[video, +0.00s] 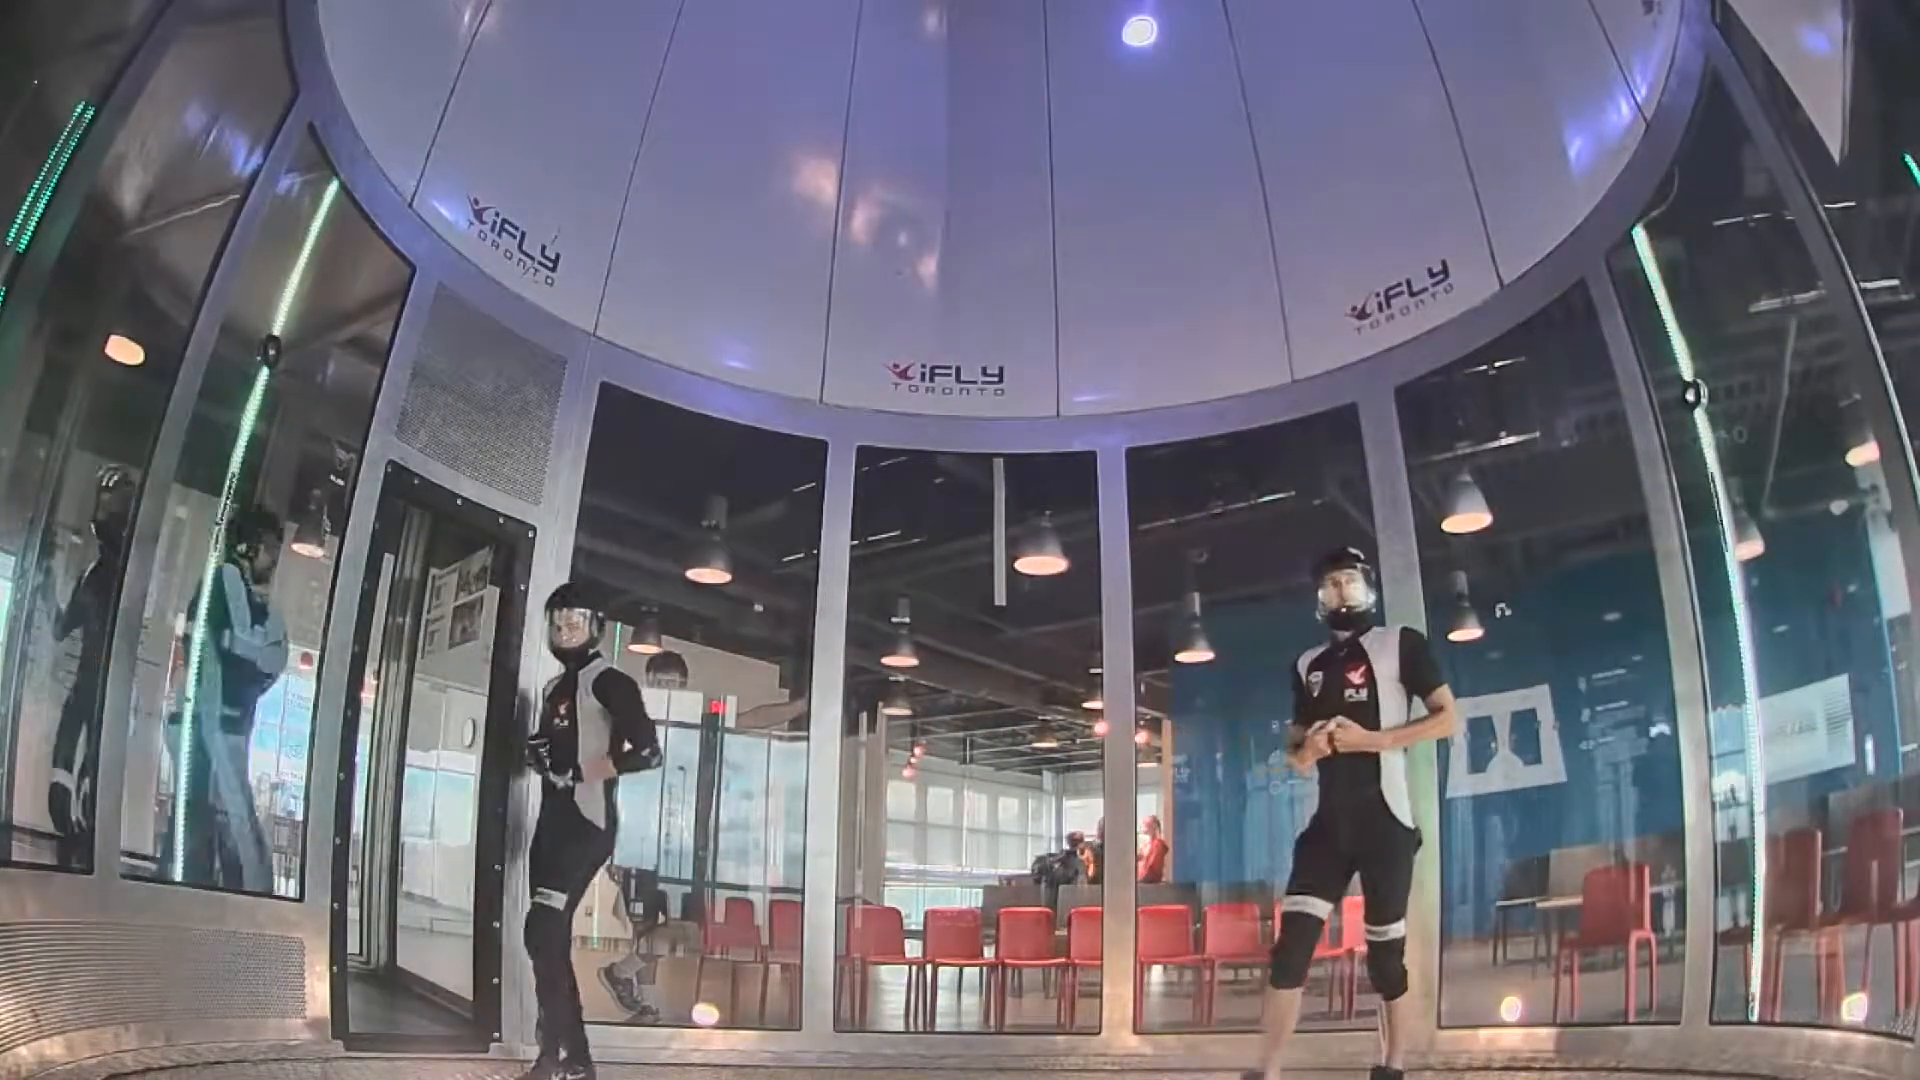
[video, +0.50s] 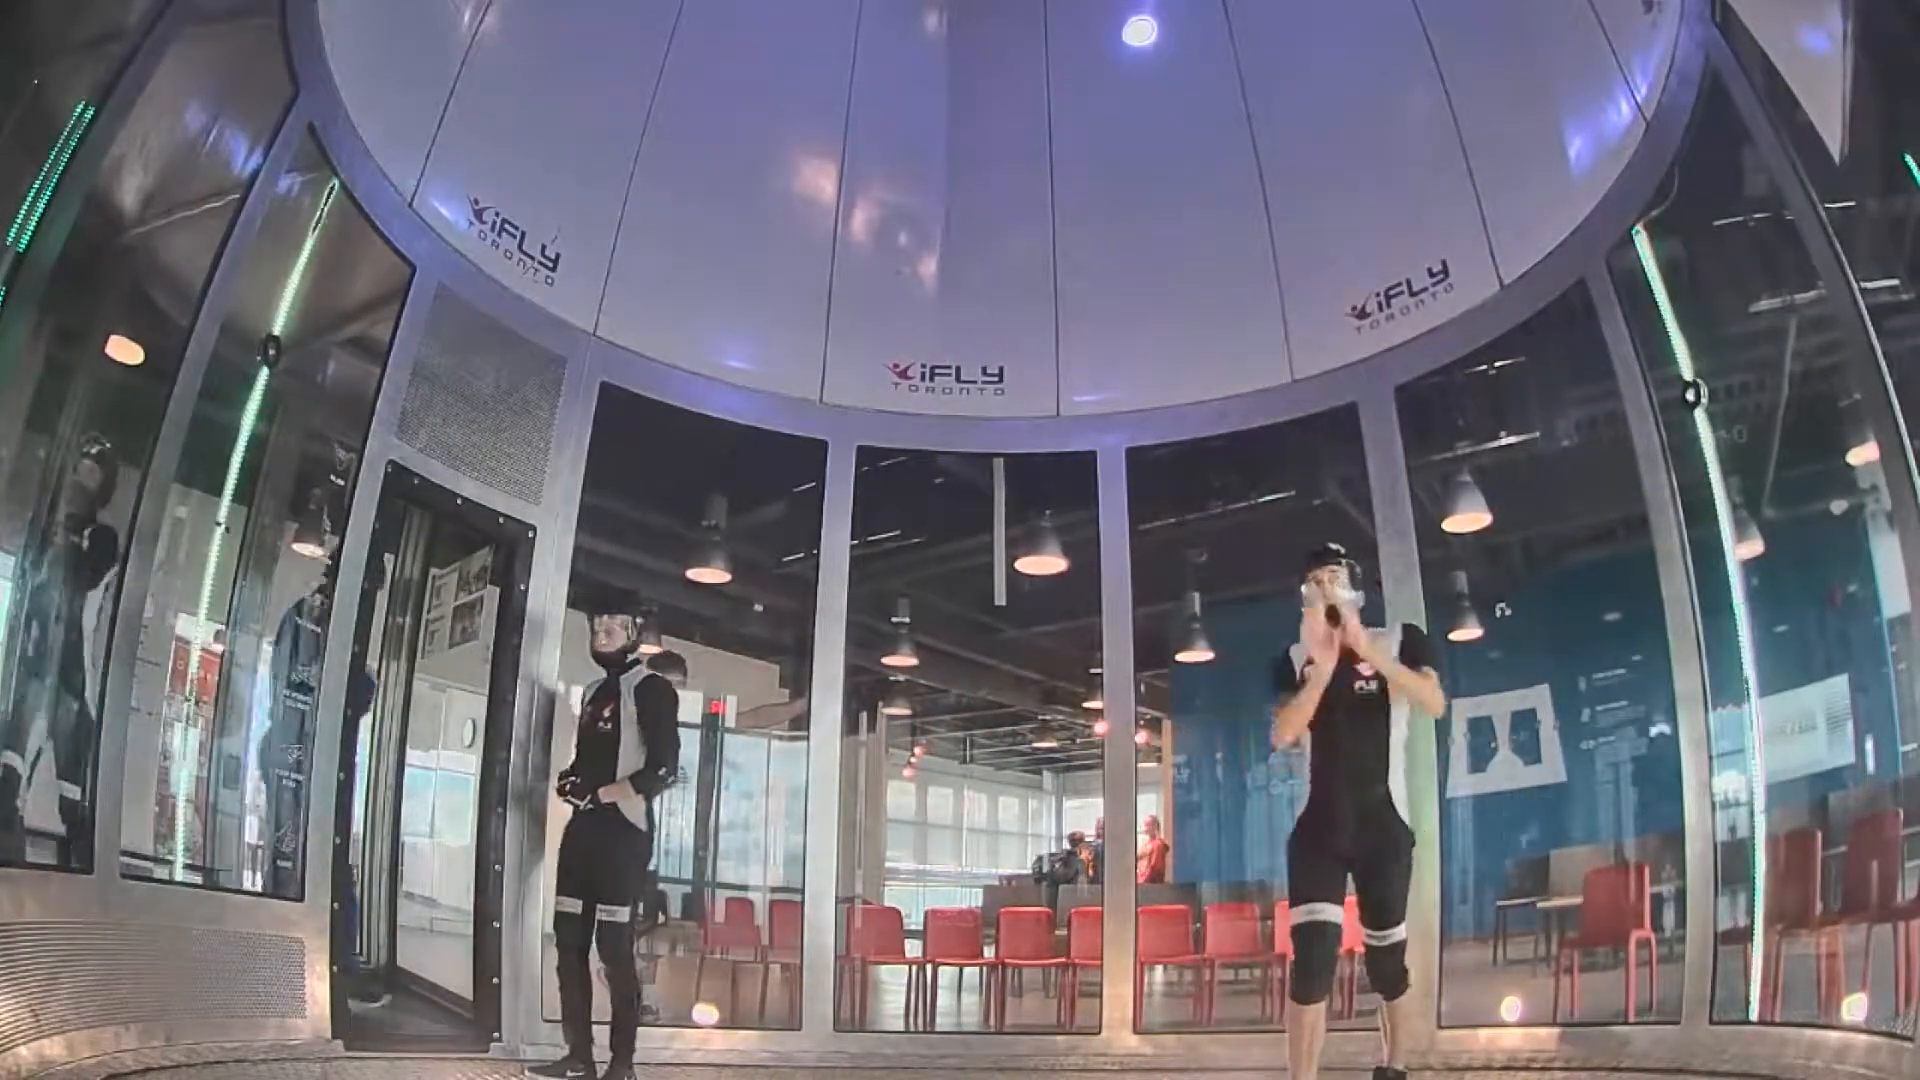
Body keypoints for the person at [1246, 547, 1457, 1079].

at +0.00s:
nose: (1340, 593)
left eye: (1350, 582)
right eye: (1330, 584)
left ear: (1370, 588)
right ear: (1318, 595)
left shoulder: (1402, 643)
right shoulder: (1307, 665)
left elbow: (1448, 718)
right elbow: (1296, 756)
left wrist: (1375, 739)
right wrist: (1308, 750)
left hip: (1388, 821)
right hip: (1329, 822)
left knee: (1384, 962)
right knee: (1290, 949)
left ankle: (1391, 1064)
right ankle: (1266, 1071)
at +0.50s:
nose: (1327, 588)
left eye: (1336, 577)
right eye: (1317, 580)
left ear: (1355, 586)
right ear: (1304, 592)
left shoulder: (1399, 641)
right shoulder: (1292, 659)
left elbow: (1434, 702)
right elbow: (1284, 734)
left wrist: (1366, 647)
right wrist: (1322, 666)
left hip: (1382, 828)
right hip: (1318, 830)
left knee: (1387, 967)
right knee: (1313, 962)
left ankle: (1392, 1065)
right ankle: (1302, 1076)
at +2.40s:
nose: (1390, 574)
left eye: (1400, 561)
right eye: (1386, 564)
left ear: (1431, 559)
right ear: (1385, 568)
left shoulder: (1473, 613)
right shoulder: (1398, 640)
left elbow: (1490, 702)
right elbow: (1385, 748)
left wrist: (1415, 693)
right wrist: (1377, 711)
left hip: (1464, 804)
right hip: (1412, 806)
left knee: (1475, 949)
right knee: (1399, 952)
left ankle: (1490, 1074)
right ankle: (1393, 1075)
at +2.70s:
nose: (1376, 581)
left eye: (1385, 568)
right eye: (1373, 570)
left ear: (1419, 565)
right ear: (1379, 575)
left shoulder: (1457, 617)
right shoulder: (1388, 642)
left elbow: (1488, 708)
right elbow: (1376, 747)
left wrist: (1404, 702)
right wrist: (1366, 717)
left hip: (1456, 808)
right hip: (1404, 811)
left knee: (1465, 948)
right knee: (1401, 951)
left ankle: (1487, 1075)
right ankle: (1394, 1075)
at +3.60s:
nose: (1379, 588)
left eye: (1387, 574)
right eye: (1371, 578)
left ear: (1418, 569)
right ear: (1367, 583)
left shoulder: (1465, 618)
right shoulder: (1380, 647)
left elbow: (1498, 706)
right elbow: (1367, 748)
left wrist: (1414, 703)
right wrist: (1371, 717)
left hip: (1458, 806)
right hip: (1402, 809)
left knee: (1467, 948)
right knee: (1401, 951)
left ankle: (1487, 1075)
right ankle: (1394, 1075)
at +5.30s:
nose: (1368, 573)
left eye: (1379, 561)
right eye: (1363, 564)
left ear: (1411, 562)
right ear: (1361, 573)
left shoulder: (1451, 615)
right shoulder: (1361, 645)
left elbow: (1489, 702)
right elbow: (1348, 750)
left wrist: (1399, 698)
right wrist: (1356, 716)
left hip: (1441, 806)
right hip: (1383, 810)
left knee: (1457, 953)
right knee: (1389, 956)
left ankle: (1486, 1075)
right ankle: (1391, 1076)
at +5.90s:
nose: (1350, 579)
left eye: (1362, 567)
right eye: (1342, 571)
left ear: (1388, 574)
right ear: (1334, 583)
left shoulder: (1426, 626)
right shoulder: (1325, 658)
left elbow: (1485, 696)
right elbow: (1318, 760)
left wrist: (1405, 704)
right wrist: (1349, 716)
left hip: (1431, 815)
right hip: (1368, 823)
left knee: (1443, 958)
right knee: (1381, 965)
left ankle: (1480, 1075)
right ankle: (1387, 1077)